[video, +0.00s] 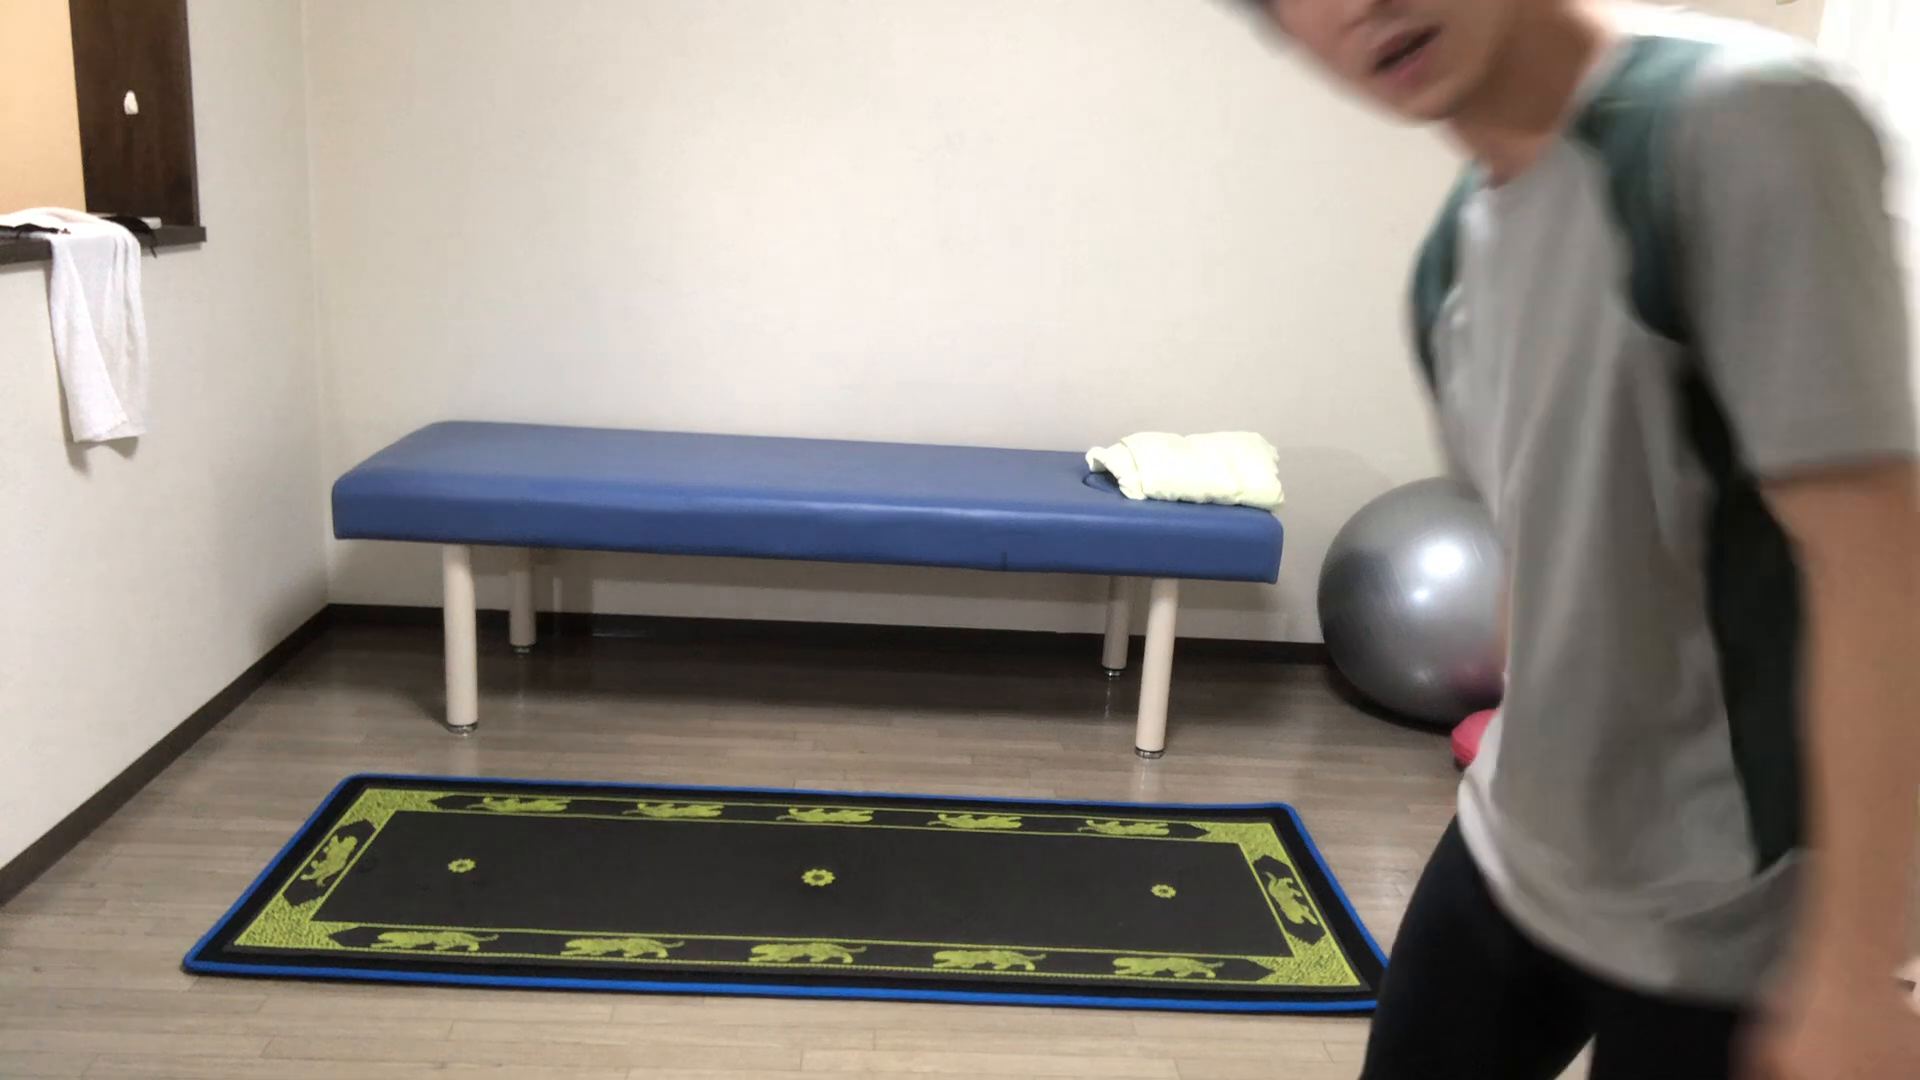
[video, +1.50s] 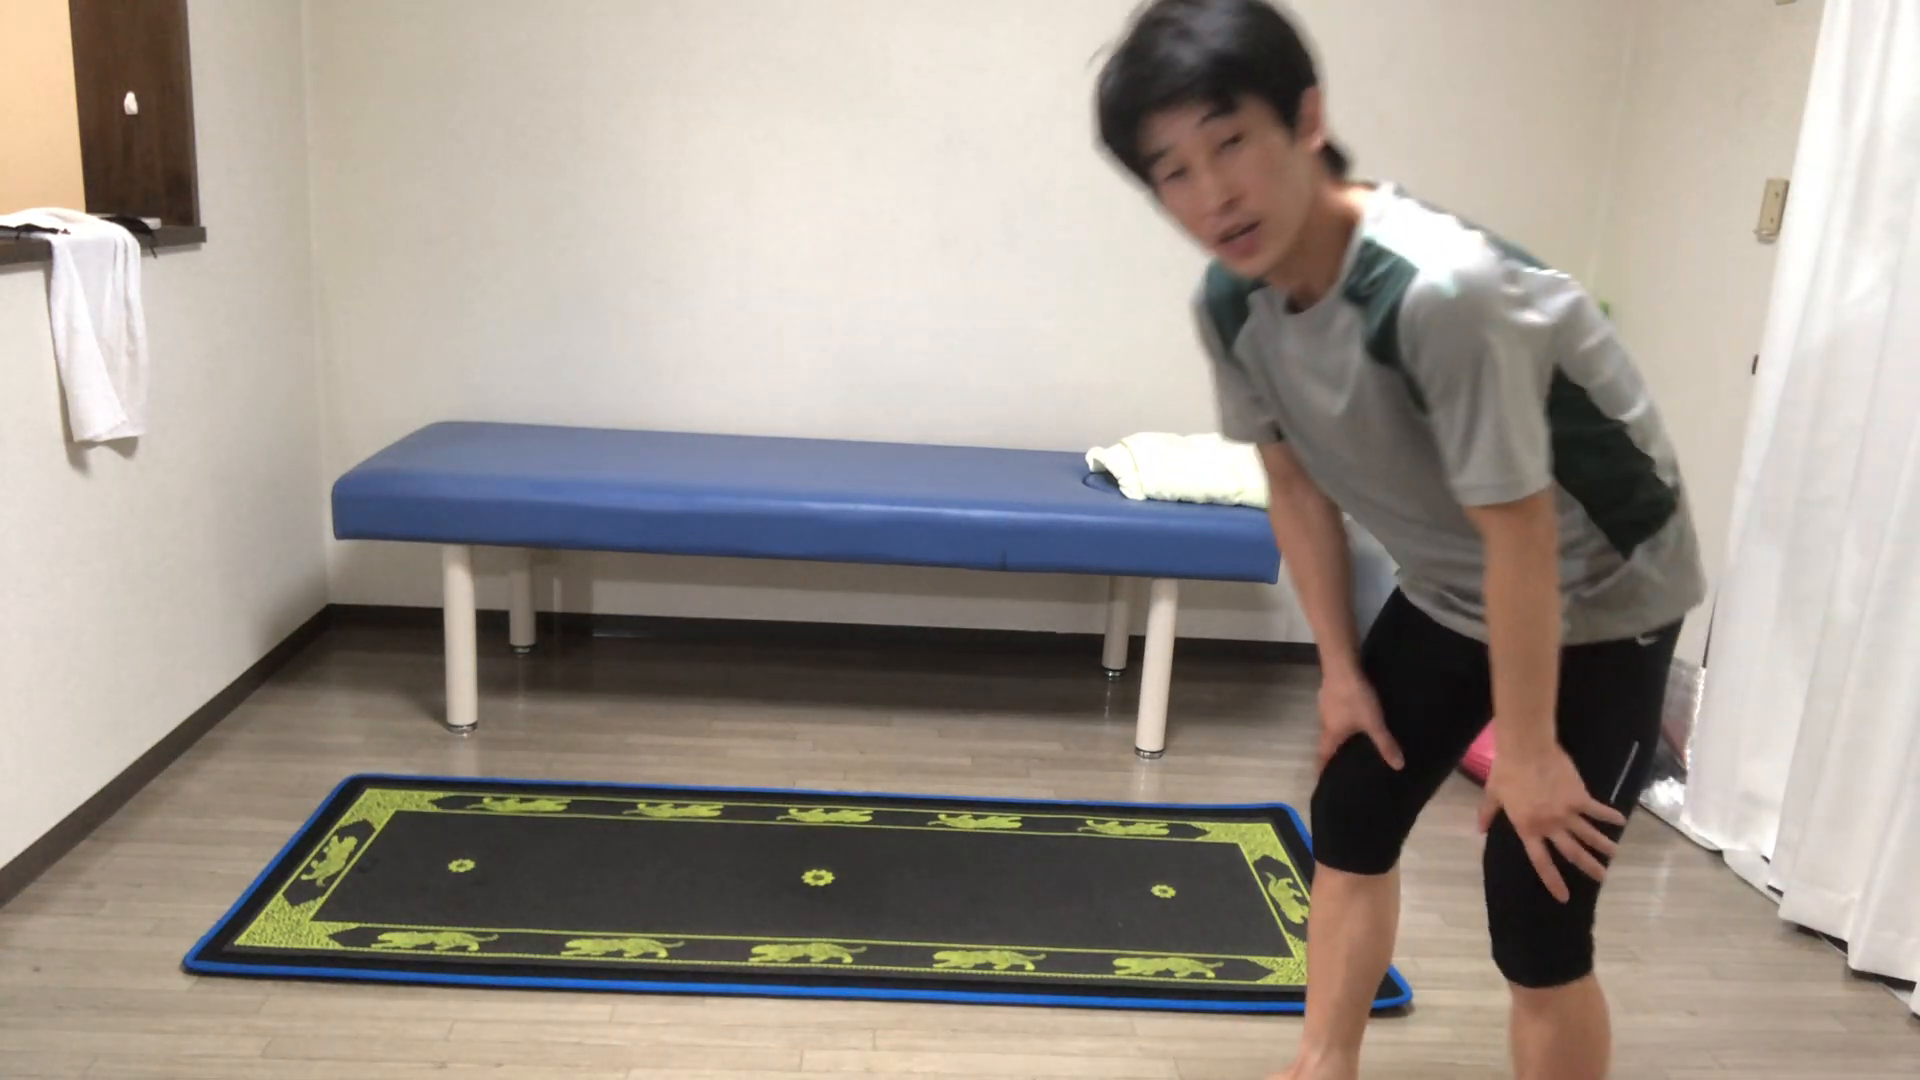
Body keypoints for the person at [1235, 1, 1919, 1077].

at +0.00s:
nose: (1347, 9)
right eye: (1287, 4)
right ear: (1282, 41)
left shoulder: (1749, 124)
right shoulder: (1448, 265)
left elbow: (1874, 560)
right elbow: (1546, 559)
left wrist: (1859, 979)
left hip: (1721, 937)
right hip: (1510, 860)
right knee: (1408, 1061)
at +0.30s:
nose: (1196, 182)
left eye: (1194, 111)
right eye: (1145, 185)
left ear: (1286, 49)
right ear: (1150, 222)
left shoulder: (1517, 184)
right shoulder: (1362, 334)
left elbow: (1670, 517)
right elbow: (1499, 544)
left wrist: (1525, 818)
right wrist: (1492, 766)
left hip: (1804, 766)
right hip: (1633, 754)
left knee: (1590, 1064)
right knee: (1493, 1050)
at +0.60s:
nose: (1170, 335)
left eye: (1164, 273)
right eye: (1126, 331)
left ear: (1254, 203)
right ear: (1127, 355)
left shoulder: (1457, 346)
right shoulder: (1357, 400)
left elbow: (1598, 636)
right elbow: (1545, 623)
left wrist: (1616, 891)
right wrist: (1614, 857)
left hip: (1792, 742)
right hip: (1610, 714)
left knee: (1627, 1057)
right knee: (1486, 1033)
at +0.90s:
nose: (1335, 256)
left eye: (1346, 192)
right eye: (1286, 235)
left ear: (1436, 149)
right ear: (1270, 262)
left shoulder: (1614, 341)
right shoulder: (1396, 364)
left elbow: (1697, 617)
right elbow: (1548, 526)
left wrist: (1639, 844)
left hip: (1753, 709)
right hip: (1589, 669)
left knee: (1605, 1029)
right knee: (1378, 907)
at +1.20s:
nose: (1349, 130)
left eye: (1376, 74)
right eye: (1308, 103)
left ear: (1467, 56)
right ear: (1287, 130)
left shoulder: (1602, 265)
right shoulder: (1376, 268)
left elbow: (1643, 543)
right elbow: (1442, 453)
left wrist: (1607, 756)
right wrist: (1412, 637)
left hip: (1685, 640)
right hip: (1526, 601)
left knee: (1593, 957)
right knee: (1375, 835)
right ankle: (1323, 1055)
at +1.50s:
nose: (1211, 194)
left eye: (1231, 144)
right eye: (1173, 174)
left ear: (1308, 123)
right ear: (1153, 196)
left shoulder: (1444, 295)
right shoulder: (1231, 306)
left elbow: (1523, 531)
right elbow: (1296, 492)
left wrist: (1525, 745)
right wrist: (1339, 663)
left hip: (1605, 599)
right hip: (1453, 587)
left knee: (1536, 904)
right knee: (1352, 811)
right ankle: (1326, 1060)